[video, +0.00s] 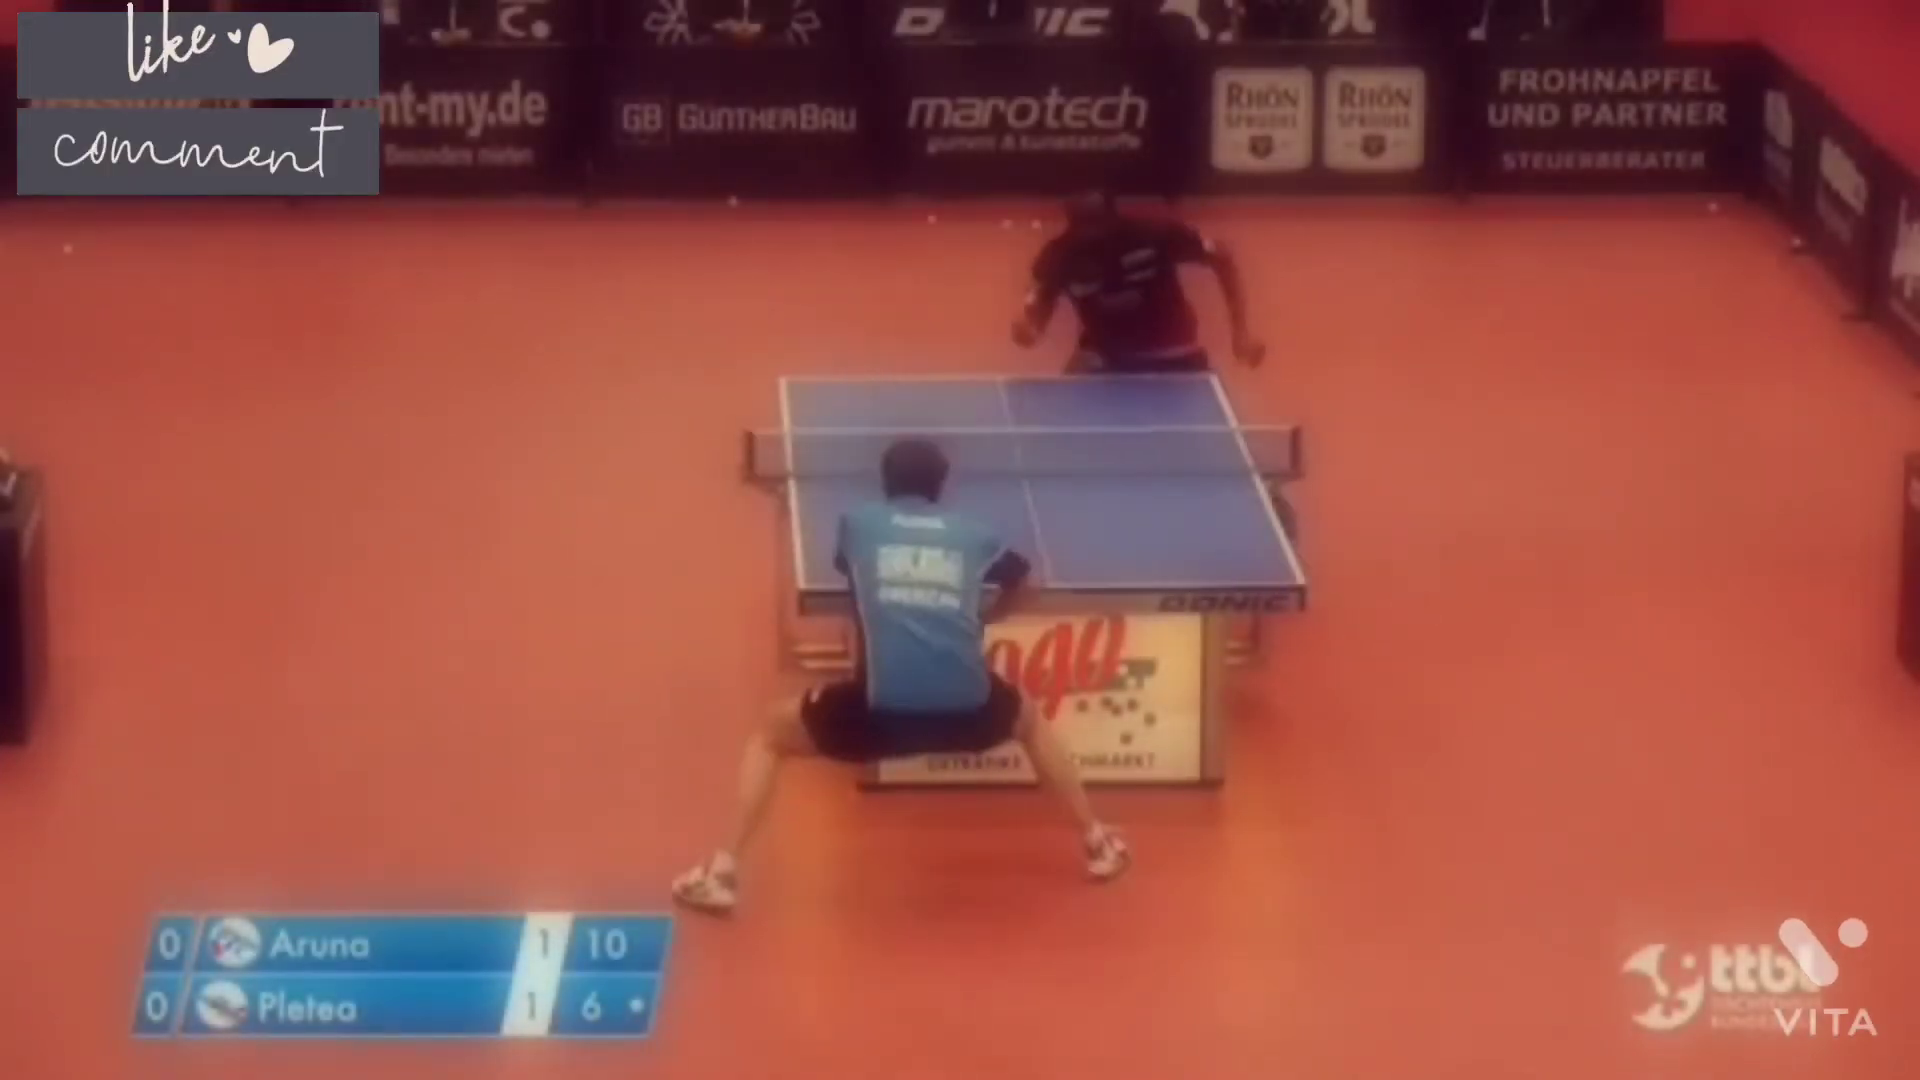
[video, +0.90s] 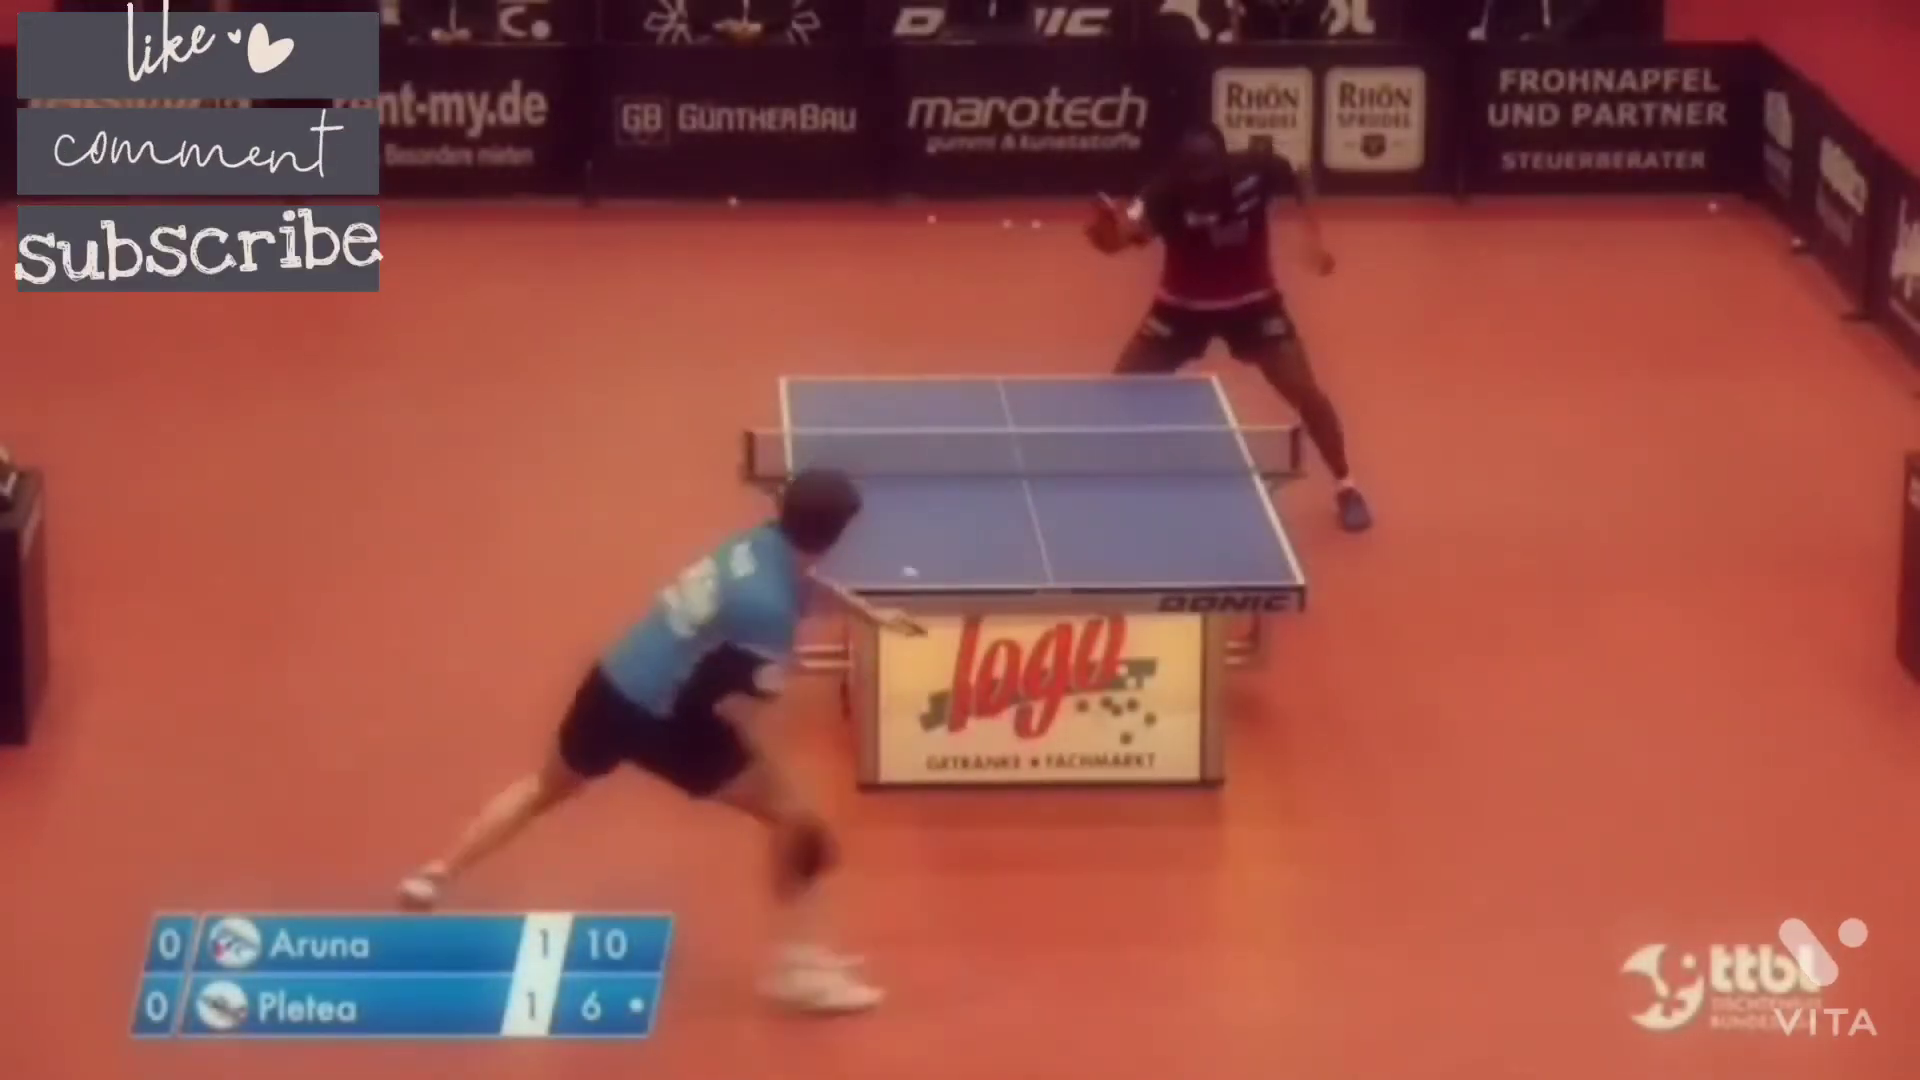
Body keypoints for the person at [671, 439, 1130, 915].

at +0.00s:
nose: (924, 491)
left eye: (899, 482)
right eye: (933, 481)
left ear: (886, 483)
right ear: (941, 485)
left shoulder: (859, 524)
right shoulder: (970, 532)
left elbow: (847, 575)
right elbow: (1020, 577)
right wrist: (980, 621)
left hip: (879, 715)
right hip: (969, 714)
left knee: (769, 733)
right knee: (1029, 721)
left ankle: (723, 871)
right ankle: (1098, 840)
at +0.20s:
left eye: (891, 425)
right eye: (921, 424)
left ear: (883, 433)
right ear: (936, 433)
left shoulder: (866, 484)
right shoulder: (969, 498)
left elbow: (793, 538)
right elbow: (1035, 545)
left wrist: (725, 592)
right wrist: (1079, 496)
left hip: (863, 675)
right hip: (940, 678)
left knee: (753, 734)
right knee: (1018, 756)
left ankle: (715, 872)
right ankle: (1095, 845)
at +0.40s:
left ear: (867, 406)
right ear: (927, 407)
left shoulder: (840, 465)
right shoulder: (950, 474)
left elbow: (771, 532)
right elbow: (1026, 556)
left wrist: (718, 611)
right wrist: (1076, 539)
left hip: (846, 662)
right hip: (928, 664)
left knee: (754, 746)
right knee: (1009, 753)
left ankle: (704, 876)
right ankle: (1045, 880)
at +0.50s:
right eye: (919, 427)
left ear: (866, 436)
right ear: (923, 438)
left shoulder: (834, 498)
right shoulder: (943, 511)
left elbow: (783, 554)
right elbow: (1006, 584)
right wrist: (1046, 563)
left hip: (838, 695)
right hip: (919, 698)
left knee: (741, 764)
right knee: (1005, 792)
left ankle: (711, 900)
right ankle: (1046, 935)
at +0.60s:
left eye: (881, 439)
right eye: (910, 439)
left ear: (860, 443)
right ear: (917, 451)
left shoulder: (818, 496)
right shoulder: (925, 536)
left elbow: (745, 553)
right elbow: (965, 621)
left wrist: (799, 583)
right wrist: (995, 603)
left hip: (779, 688)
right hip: (857, 704)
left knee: (686, 752)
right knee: (959, 798)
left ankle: (651, 876)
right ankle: (1038, 936)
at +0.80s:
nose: (875, 508)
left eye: (864, 493)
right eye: (876, 501)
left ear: (821, 489)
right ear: (868, 514)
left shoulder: (782, 522)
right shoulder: (835, 594)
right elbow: (838, 680)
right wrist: (897, 745)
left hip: (661, 696)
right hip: (729, 722)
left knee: (585, 787)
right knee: (830, 830)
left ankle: (514, 894)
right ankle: (886, 970)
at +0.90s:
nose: (843, 532)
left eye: (831, 517)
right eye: (844, 524)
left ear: (787, 507)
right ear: (833, 535)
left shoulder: (756, 543)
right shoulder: (773, 604)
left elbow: (806, 585)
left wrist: (867, 614)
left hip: (607, 687)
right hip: (661, 720)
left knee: (544, 786)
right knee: (794, 818)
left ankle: (436, 874)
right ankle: (798, 961)